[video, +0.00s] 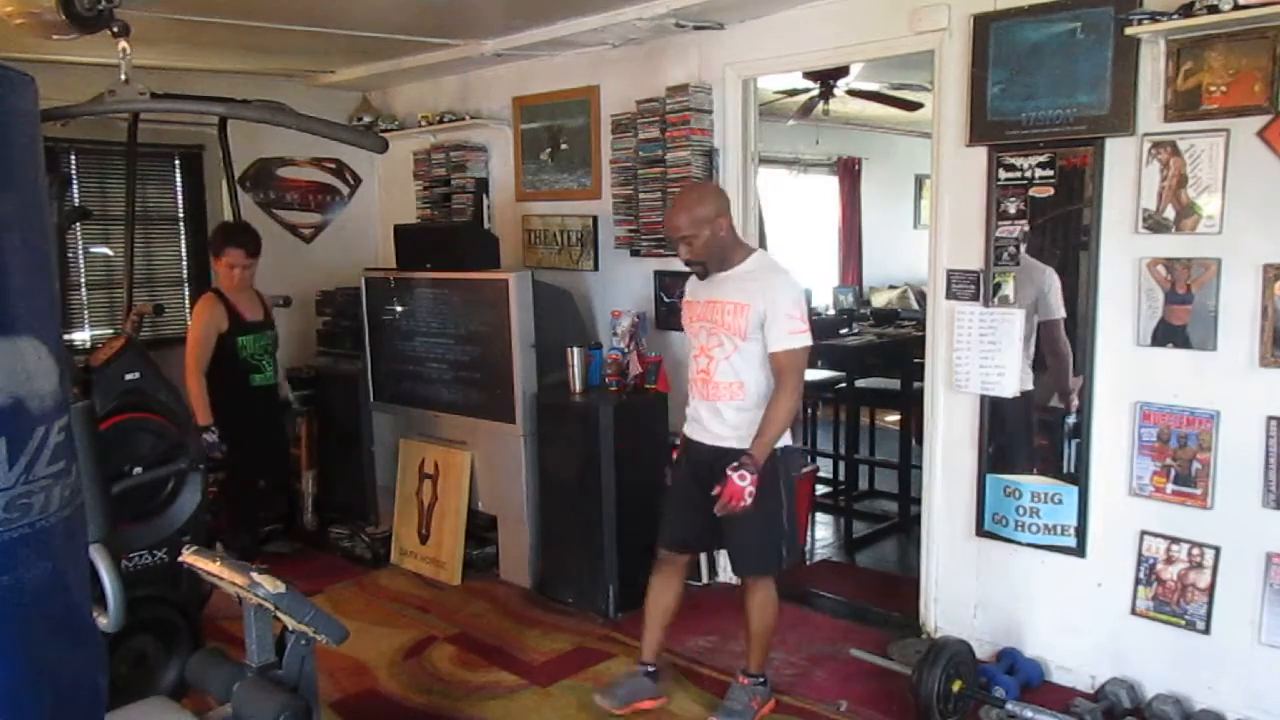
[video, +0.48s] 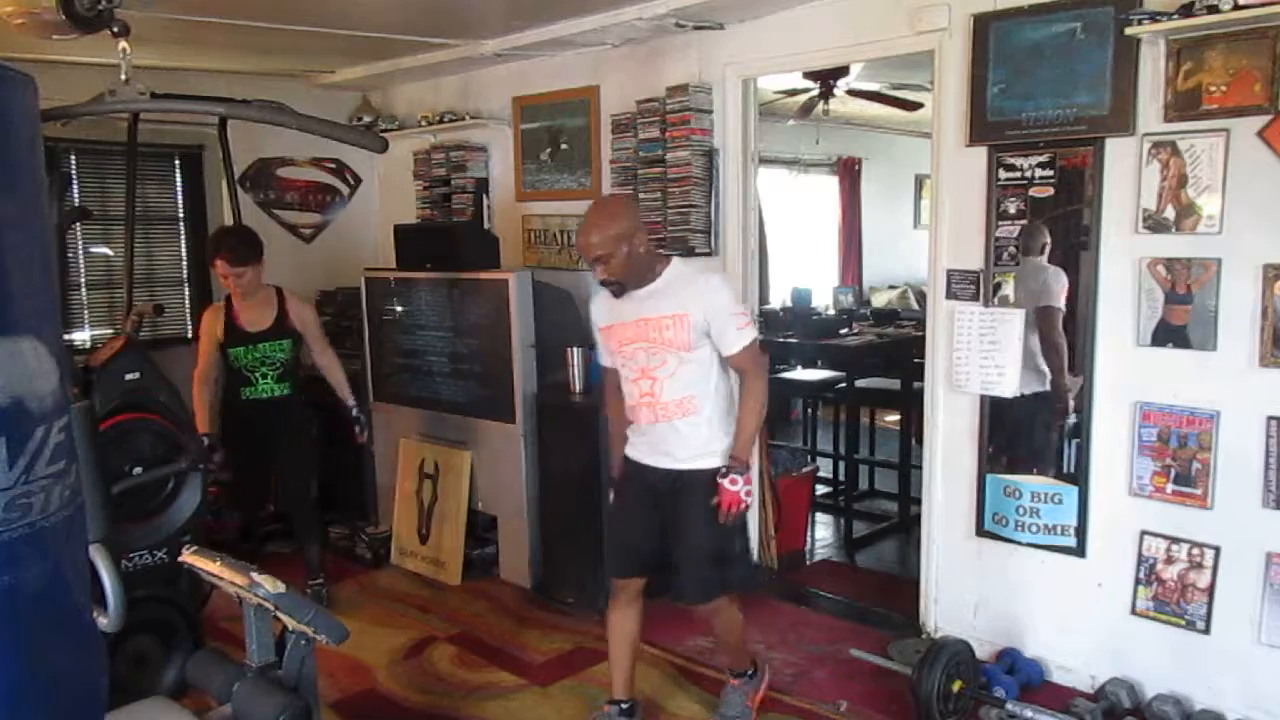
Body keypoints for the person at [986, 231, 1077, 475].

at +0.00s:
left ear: (990, 229)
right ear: (1026, 232)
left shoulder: (973, 266)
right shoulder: (1041, 276)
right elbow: (1055, 346)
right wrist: (1066, 391)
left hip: (969, 392)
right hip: (1013, 396)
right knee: (1016, 475)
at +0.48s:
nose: (1047, 248)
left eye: (1045, 244)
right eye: (1047, 244)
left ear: (1019, 247)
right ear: (1047, 247)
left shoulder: (1004, 275)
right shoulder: (1051, 276)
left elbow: (992, 329)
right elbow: (1050, 334)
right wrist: (1061, 387)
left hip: (1000, 393)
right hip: (1035, 394)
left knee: (1005, 469)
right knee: (1037, 475)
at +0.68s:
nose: (1071, 268)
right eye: (1071, 264)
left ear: (1038, 258)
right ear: (1068, 263)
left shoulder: (1015, 279)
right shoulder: (1066, 282)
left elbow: (1000, 329)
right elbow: (1061, 340)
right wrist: (1067, 390)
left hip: (1002, 386)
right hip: (1040, 388)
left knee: (1011, 462)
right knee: (1058, 465)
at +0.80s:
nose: (1080, 289)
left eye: (1079, 287)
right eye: (1081, 286)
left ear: (1051, 277)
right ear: (1078, 283)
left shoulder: (1024, 295)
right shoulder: (1075, 300)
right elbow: (1075, 361)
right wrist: (1068, 404)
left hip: (1002, 390)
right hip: (1041, 391)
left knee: (997, 464)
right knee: (1059, 469)